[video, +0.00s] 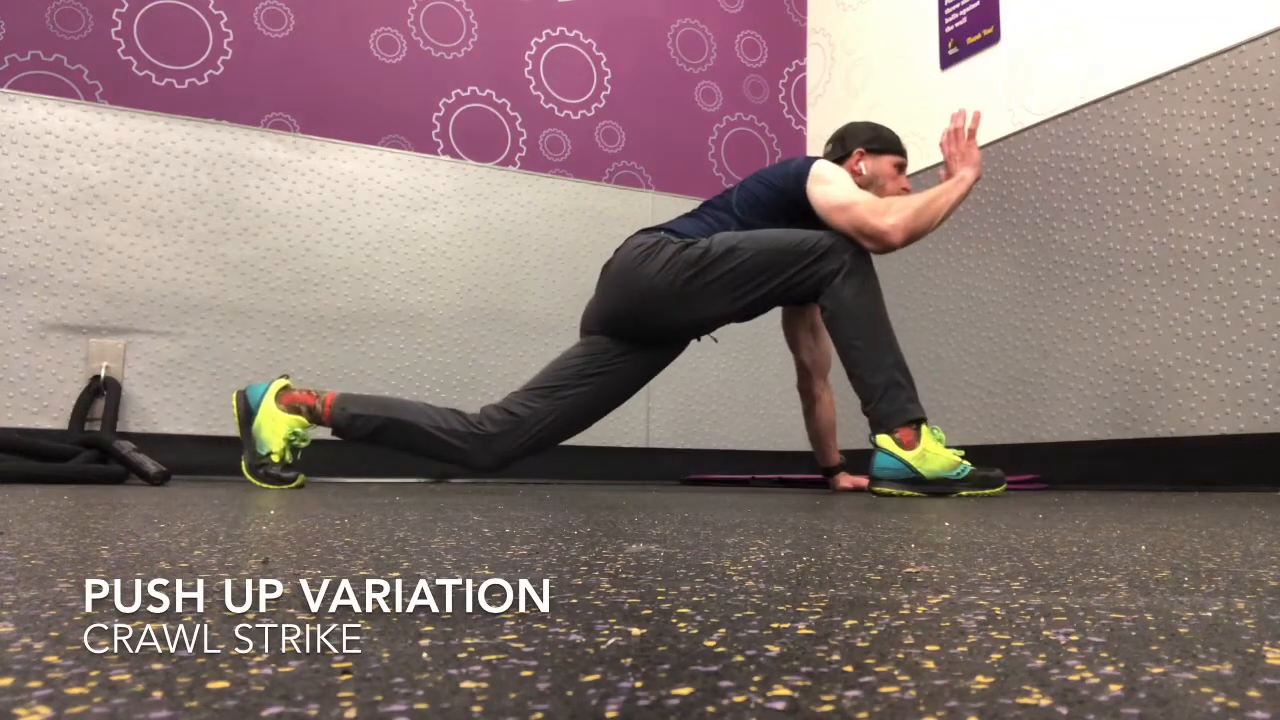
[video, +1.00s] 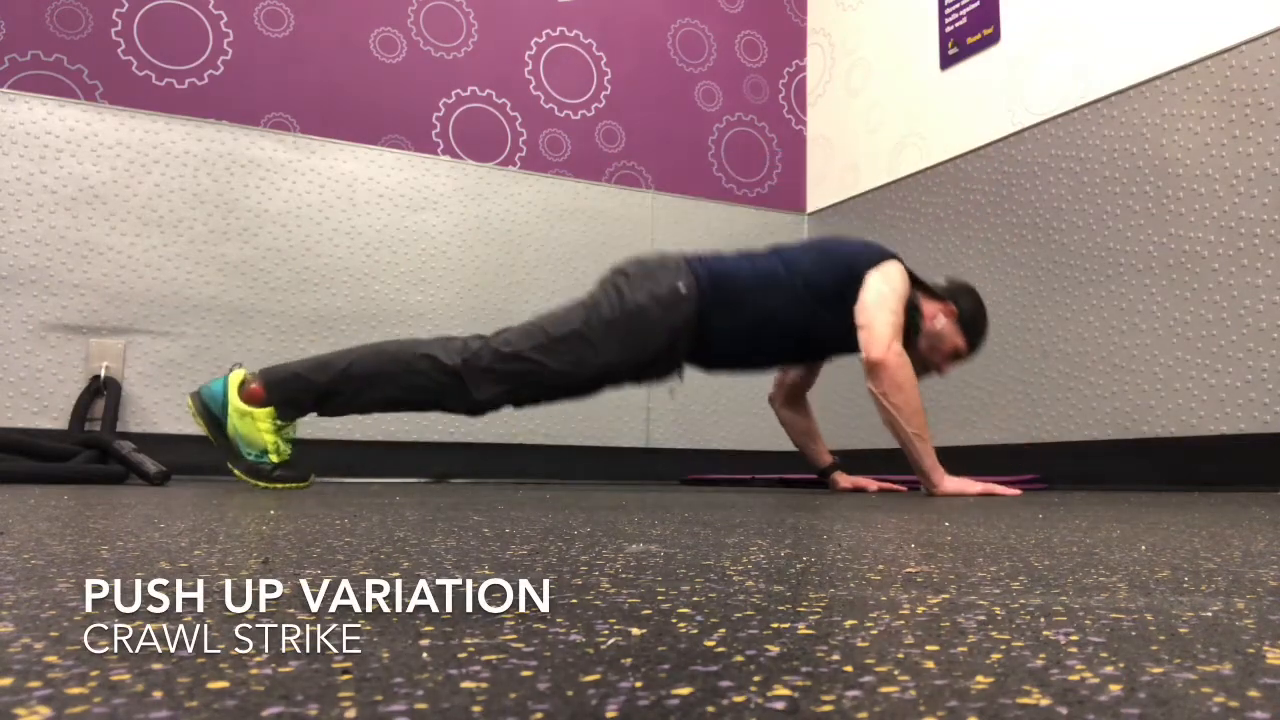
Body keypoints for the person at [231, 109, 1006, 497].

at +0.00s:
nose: (897, 195)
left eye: (902, 185)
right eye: (893, 178)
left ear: (858, 172)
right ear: (859, 160)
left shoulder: (798, 241)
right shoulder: (815, 173)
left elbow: (814, 363)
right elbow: (892, 231)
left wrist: (828, 468)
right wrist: (962, 181)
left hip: (642, 320)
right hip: (652, 265)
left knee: (488, 439)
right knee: (838, 253)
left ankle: (297, 407)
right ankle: (911, 442)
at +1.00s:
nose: (928, 361)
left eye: (942, 358)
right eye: (942, 349)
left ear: (927, 327)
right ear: (934, 304)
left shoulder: (853, 312)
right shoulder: (889, 273)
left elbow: (788, 398)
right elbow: (885, 358)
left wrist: (828, 471)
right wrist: (934, 473)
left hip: (671, 323)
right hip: (667, 303)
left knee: (485, 373)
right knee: (481, 372)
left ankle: (275, 393)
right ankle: (262, 392)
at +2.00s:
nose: (952, 368)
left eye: (964, 365)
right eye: (963, 352)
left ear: (956, 343)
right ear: (952, 312)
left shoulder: (865, 309)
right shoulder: (913, 287)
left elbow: (796, 377)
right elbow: (897, 362)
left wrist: (827, 468)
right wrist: (935, 476)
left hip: (688, 354)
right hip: (685, 333)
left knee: (493, 395)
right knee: (490, 395)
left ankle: (284, 394)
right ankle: (273, 390)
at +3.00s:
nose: (907, 176)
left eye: (907, 163)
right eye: (905, 162)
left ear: (845, 137)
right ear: (877, 146)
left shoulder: (787, 167)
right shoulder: (866, 190)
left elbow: (758, 277)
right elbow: (897, 348)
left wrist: (819, 270)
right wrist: (935, 474)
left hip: (631, 264)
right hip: (654, 298)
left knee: (786, 280)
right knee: (481, 415)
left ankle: (786, 449)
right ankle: (265, 395)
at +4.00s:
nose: (893, 270)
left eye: (903, 257)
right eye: (906, 251)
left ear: (878, 208)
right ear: (900, 216)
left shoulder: (804, 223)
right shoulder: (864, 208)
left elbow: (797, 343)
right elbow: (888, 348)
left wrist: (833, 441)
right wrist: (937, 472)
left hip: (621, 203)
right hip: (615, 174)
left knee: (513, 356)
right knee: (448, 307)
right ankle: (230, 389)